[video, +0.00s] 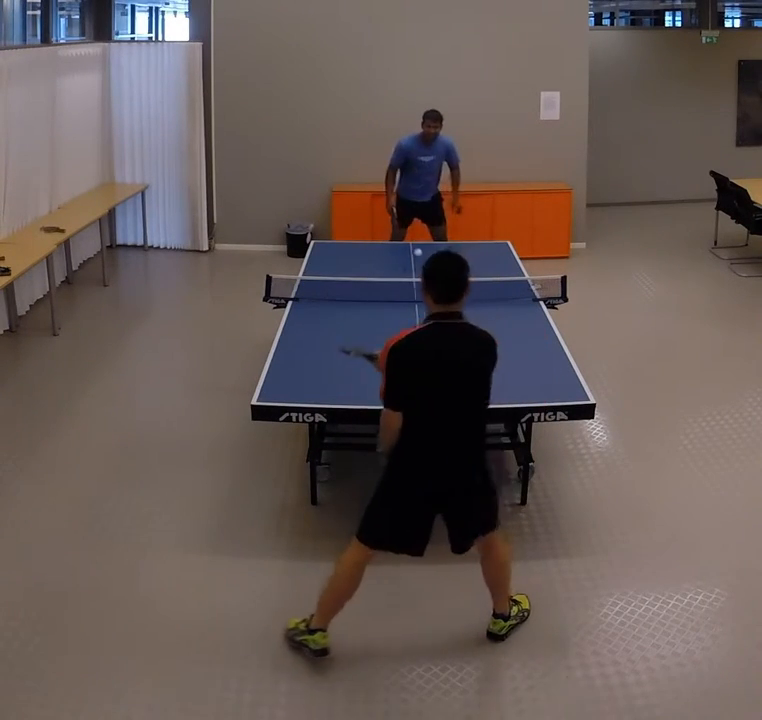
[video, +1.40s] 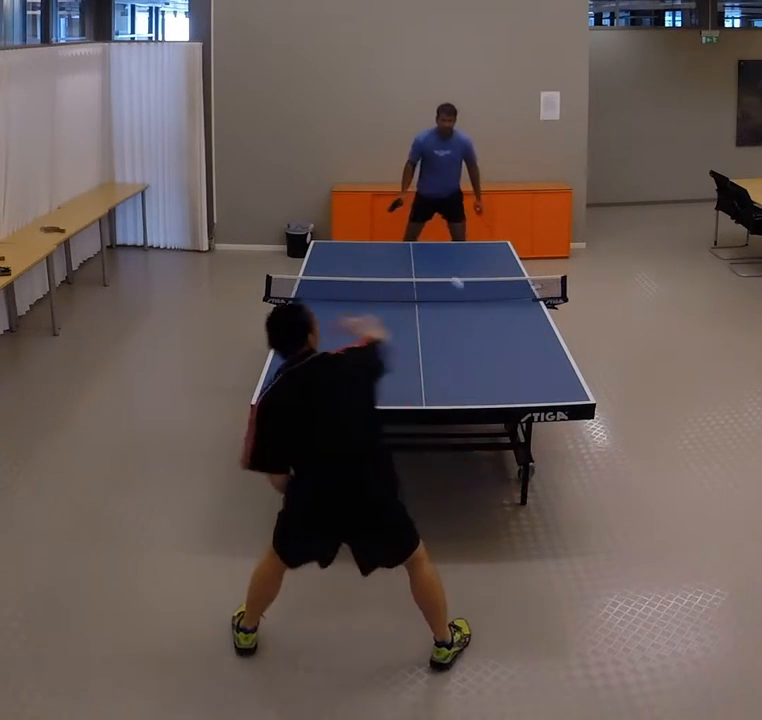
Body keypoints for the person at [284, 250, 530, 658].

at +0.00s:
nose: (425, 290)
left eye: (424, 284)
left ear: (424, 290)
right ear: (466, 290)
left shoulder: (403, 349)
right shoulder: (485, 344)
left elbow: (392, 423)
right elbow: (454, 381)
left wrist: (388, 455)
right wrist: (393, 364)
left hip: (413, 465)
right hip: (465, 463)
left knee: (361, 549)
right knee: (488, 535)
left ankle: (317, 627)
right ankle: (503, 612)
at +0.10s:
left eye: (399, 292)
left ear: (397, 297)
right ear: (440, 299)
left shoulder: (372, 356)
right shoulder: (461, 357)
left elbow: (360, 428)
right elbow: (462, 417)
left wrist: (370, 468)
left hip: (385, 478)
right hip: (442, 477)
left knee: (340, 553)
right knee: (477, 543)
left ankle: (311, 640)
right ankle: (501, 614)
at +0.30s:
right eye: (415, 291)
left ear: (375, 296)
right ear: (420, 297)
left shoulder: (346, 353)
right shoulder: (442, 357)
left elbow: (329, 425)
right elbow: (466, 422)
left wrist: (336, 463)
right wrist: (431, 426)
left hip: (356, 479)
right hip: (416, 479)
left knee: (326, 555)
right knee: (451, 544)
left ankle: (308, 640)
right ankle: (454, 631)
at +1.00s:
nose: (426, 308)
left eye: (424, 302)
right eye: (425, 302)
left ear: (379, 303)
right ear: (420, 307)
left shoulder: (343, 350)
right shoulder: (427, 370)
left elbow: (306, 407)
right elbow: (456, 428)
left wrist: (326, 433)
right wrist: (471, 407)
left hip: (334, 480)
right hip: (390, 487)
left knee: (295, 549)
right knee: (424, 555)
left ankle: (252, 621)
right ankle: (443, 638)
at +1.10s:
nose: (427, 318)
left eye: (425, 309)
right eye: (426, 310)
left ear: (381, 310)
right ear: (419, 315)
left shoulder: (344, 354)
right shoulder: (420, 386)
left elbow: (300, 400)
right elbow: (446, 460)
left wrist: (314, 431)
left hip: (322, 483)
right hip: (378, 495)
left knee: (288, 547)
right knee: (423, 555)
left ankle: (249, 624)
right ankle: (440, 640)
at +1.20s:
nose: (409, 320)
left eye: (408, 312)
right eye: (407, 313)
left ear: (364, 317)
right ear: (394, 317)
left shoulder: (331, 361)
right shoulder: (400, 381)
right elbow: (427, 455)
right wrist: (489, 488)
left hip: (315, 487)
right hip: (371, 496)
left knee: (283, 546)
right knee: (426, 553)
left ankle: (247, 626)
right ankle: (441, 641)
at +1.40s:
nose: (317, 327)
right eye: (314, 324)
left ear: (276, 346)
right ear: (313, 333)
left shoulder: (273, 400)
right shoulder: (351, 365)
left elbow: (275, 473)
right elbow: (378, 350)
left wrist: (296, 490)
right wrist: (368, 333)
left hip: (312, 499)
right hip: (370, 493)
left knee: (276, 559)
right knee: (416, 559)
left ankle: (246, 629)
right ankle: (444, 642)